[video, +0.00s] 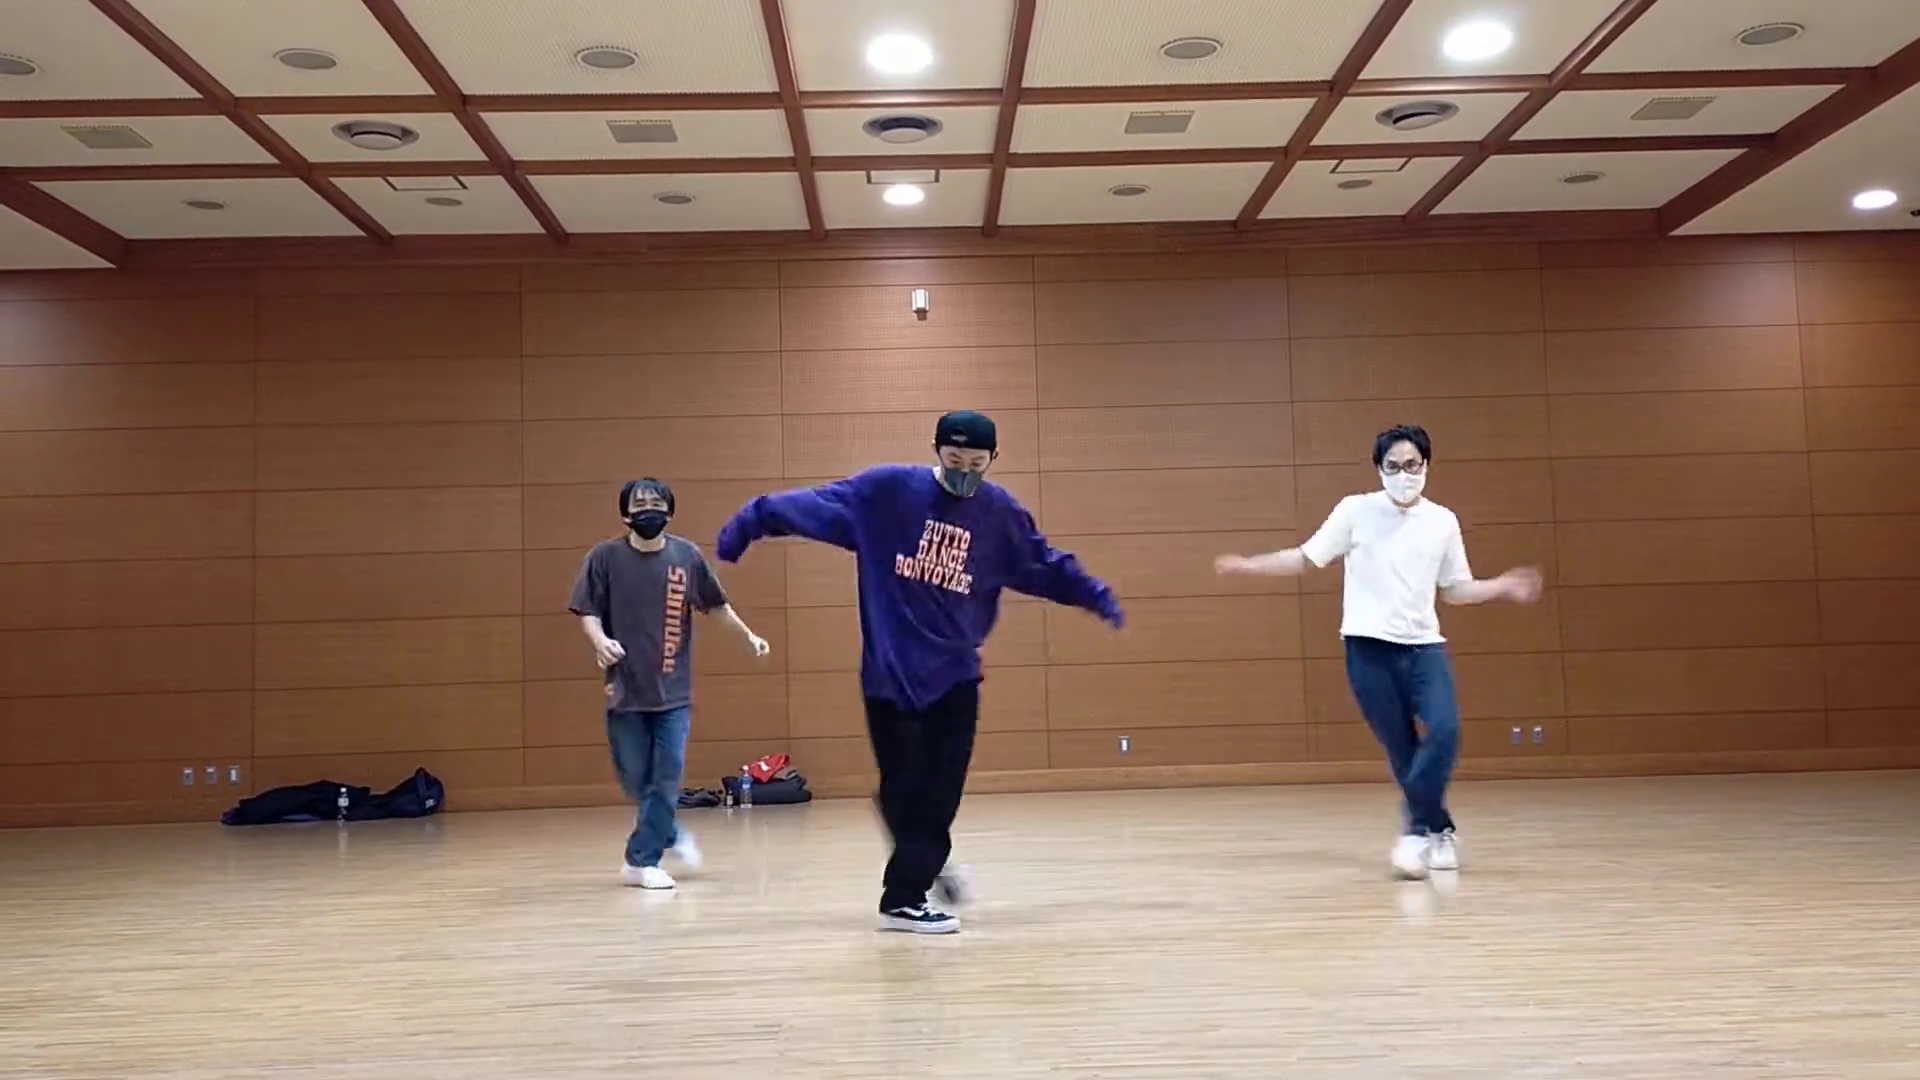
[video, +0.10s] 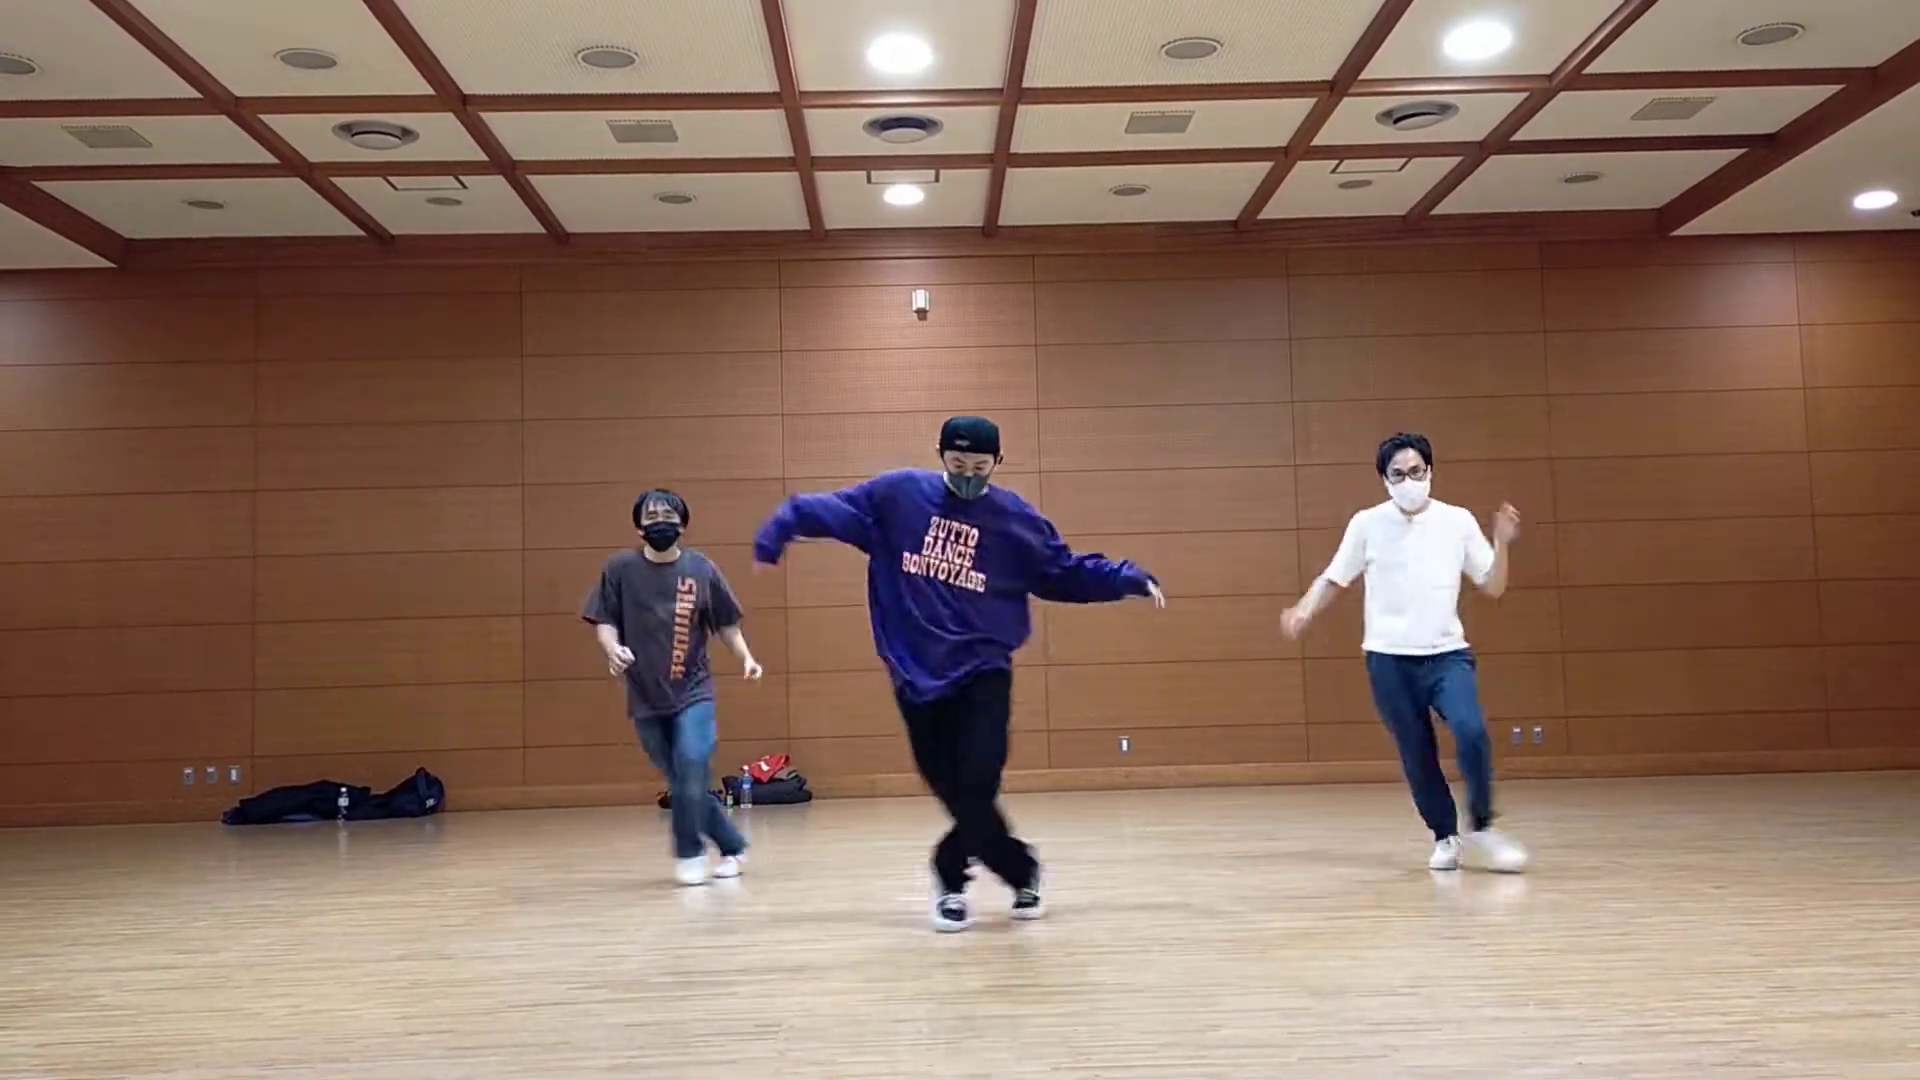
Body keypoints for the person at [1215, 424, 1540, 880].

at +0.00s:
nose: (1404, 474)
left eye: (1413, 465)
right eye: (1394, 466)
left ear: (1426, 468)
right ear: (1380, 470)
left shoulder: (1442, 522)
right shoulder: (1355, 511)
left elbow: (1456, 589)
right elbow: (1305, 557)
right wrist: (1250, 564)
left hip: (1423, 644)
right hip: (1367, 645)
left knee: (1444, 728)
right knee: (1401, 748)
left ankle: (1414, 833)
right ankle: (1439, 832)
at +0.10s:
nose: (1411, 480)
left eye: (1418, 472)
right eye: (1400, 474)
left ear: (1430, 474)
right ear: (1385, 481)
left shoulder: (1458, 522)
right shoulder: (1366, 525)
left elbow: (1492, 586)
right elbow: (1332, 578)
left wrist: (1502, 544)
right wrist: (1305, 608)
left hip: (1446, 654)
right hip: (1389, 658)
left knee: (1472, 729)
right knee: (1417, 755)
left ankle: (1480, 830)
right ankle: (1444, 837)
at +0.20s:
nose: (1408, 469)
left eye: (1415, 459)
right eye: (1397, 463)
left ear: (1430, 461)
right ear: (1386, 471)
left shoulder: (1465, 504)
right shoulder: (1377, 519)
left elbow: (1522, 553)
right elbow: (1362, 579)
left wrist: (1483, 525)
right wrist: (1353, 612)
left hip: (1462, 647)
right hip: (1403, 650)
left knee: (1489, 742)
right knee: (1416, 750)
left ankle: (1533, 832)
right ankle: (1445, 833)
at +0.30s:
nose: (1404, 462)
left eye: (1410, 452)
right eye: (1393, 456)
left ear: (1425, 454)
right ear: (1381, 466)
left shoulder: (1462, 497)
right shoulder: (1383, 518)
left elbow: (1529, 525)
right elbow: (1389, 577)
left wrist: (1486, 555)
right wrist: (1377, 597)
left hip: (1474, 639)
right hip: (1417, 644)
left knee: (1506, 739)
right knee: (1406, 728)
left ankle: (1545, 832)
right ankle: (1453, 821)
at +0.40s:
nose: (1394, 475)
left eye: (1401, 465)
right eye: (1384, 469)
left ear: (1417, 467)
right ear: (1373, 479)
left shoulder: (1454, 504)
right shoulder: (1386, 528)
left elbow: (1525, 529)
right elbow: (1410, 584)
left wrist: (1513, 588)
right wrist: (1387, 596)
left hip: (1480, 645)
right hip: (1428, 649)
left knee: (1519, 741)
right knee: (1407, 724)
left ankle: (1573, 834)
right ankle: (1419, 832)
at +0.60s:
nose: (1375, 495)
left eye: (1381, 485)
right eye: (1363, 490)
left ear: (1395, 488)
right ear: (1351, 500)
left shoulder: (1434, 525)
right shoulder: (1355, 551)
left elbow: (1504, 549)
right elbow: (1370, 616)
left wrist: (1542, 585)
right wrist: (1358, 650)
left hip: (1466, 664)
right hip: (1407, 669)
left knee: (1512, 747)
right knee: (1379, 738)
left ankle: (1573, 834)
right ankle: (1388, 848)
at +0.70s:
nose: (1355, 479)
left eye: (1362, 470)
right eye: (1345, 473)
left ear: (1378, 473)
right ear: (1335, 483)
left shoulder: (1417, 511)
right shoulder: (1334, 537)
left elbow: (1478, 538)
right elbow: (1344, 609)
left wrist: (1517, 561)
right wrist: (1339, 663)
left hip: (1431, 653)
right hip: (1375, 659)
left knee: (1450, 738)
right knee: (1359, 741)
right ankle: (1384, 846)